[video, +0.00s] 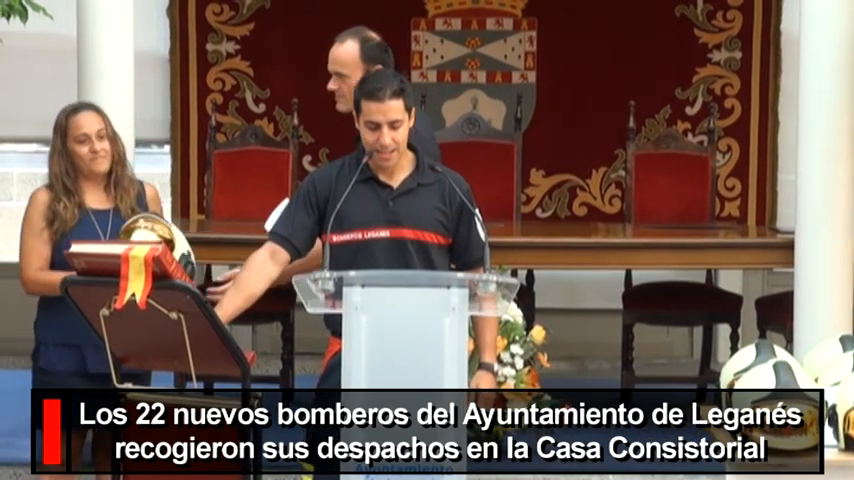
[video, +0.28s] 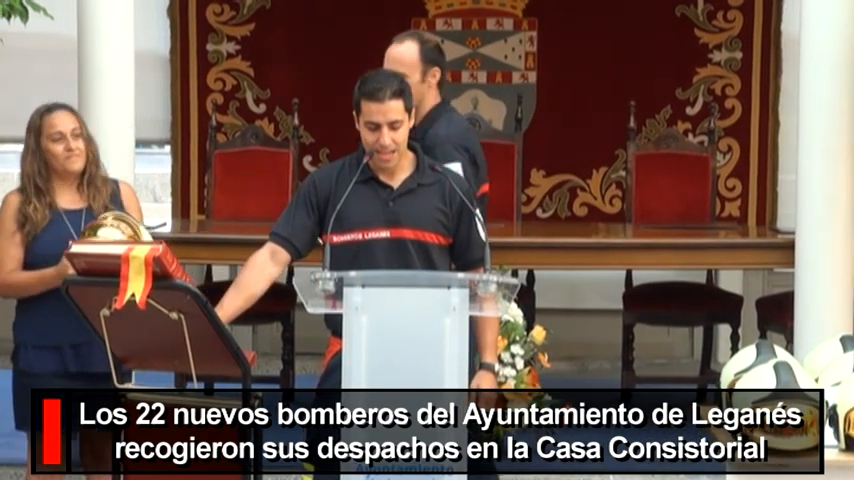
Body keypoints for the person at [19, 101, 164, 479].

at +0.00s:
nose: (97, 146)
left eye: (103, 136)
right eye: (84, 140)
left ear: (113, 140)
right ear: (65, 149)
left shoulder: (144, 195)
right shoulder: (47, 200)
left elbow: (162, 266)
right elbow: (31, 278)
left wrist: (130, 276)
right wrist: (96, 283)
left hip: (127, 354)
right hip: (64, 353)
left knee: (117, 461)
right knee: (57, 465)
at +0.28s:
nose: (72, 144)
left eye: (77, 134)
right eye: (58, 138)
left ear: (86, 139)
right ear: (39, 150)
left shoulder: (119, 193)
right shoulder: (19, 203)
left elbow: (144, 263)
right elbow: (6, 281)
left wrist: (114, 263)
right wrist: (58, 273)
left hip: (104, 351)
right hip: (42, 353)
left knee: (103, 463)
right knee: (47, 464)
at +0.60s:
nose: (54, 145)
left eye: (59, 136)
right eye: (40, 139)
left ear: (69, 142)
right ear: (19, 151)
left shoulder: (100, 197)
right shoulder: (7, 206)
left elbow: (123, 271)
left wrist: (94, 261)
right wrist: (18, 285)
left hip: (89, 360)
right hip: (22, 360)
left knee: (91, 466)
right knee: (31, 467)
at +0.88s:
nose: (47, 141)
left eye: (51, 133)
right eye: (33, 136)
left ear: (61, 141)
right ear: (11, 149)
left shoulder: (91, 194)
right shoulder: (4, 204)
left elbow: (114, 269)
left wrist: (74, 280)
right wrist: (25, 290)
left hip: (82, 359)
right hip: (18, 359)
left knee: (81, 466)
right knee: (27, 467)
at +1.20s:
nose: (48, 142)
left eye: (51, 133)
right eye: (33, 136)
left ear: (60, 139)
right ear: (11, 149)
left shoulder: (91, 191)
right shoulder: (4, 205)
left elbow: (118, 265)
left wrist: (80, 282)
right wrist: (26, 294)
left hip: (84, 360)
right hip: (20, 362)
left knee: (77, 465)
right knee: (29, 466)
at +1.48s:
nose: (53, 151)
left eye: (58, 141)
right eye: (40, 143)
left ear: (67, 144)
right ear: (16, 151)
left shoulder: (94, 193)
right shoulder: (6, 206)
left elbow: (118, 269)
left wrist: (81, 284)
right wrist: (26, 295)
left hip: (86, 361)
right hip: (21, 362)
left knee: (77, 466)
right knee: (29, 466)